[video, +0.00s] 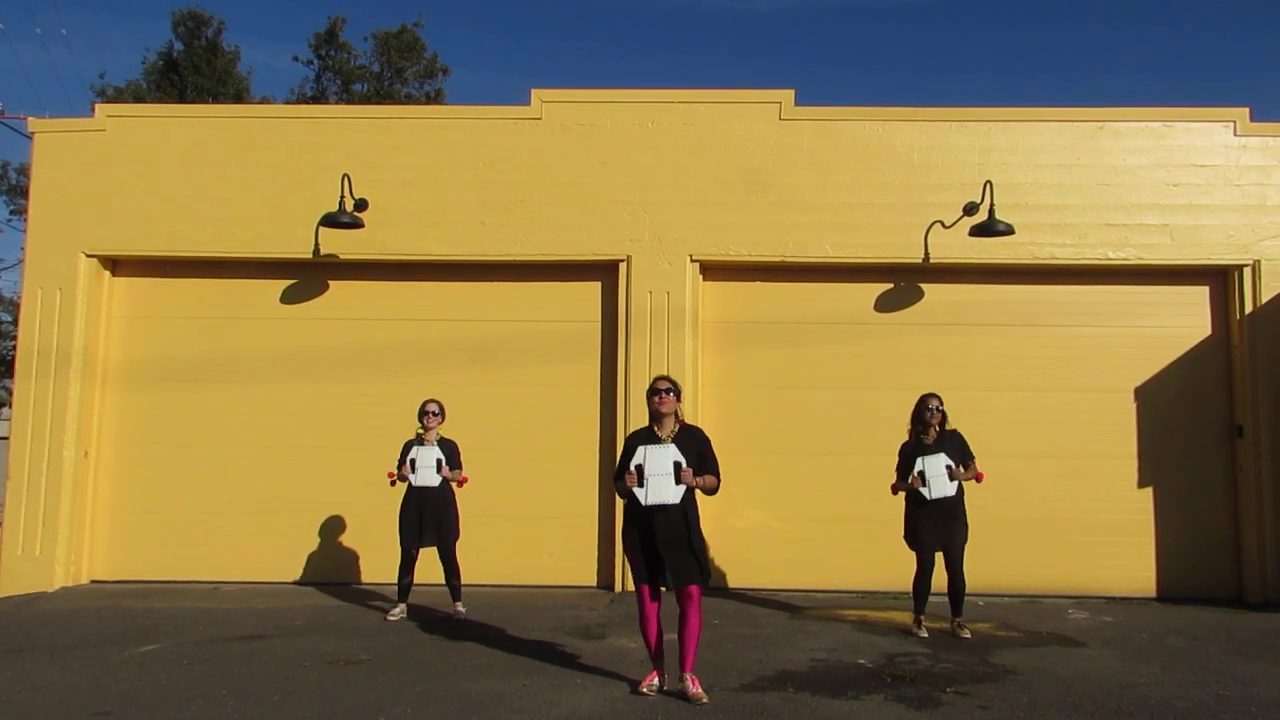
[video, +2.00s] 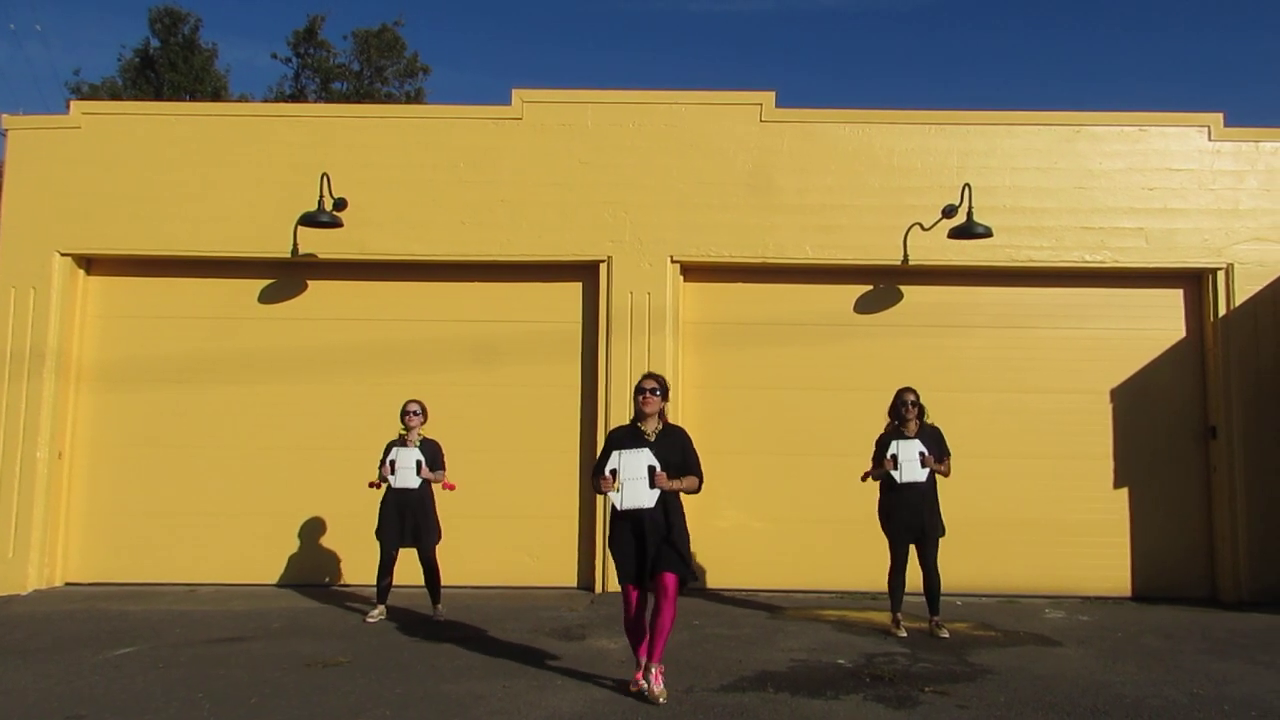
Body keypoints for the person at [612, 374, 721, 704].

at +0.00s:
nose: (661, 397)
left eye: (667, 393)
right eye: (655, 393)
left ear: (678, 400)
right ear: (648, 400)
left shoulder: (695, 437)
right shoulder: (636, 440)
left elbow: (713, 483)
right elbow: (619, 485)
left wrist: (695, 480)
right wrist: (626, 483)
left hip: (682, 530)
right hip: (641, 532)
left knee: (691, 598)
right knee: (648, 600)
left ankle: (687, 675)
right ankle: (657, 672)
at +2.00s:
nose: (647, 397)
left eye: (654, 392)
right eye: (642, 392)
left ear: (664, 399)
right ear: (634, 398)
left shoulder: (677, 436)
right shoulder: (618, 436)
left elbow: (695, 481)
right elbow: (598, 474)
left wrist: (672, 483)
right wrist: (602, 483)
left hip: (667, 528)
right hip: (628, 530)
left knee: (667, 591)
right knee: (633, 603)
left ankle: (655, 668)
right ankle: (641, 666)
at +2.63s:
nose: (643, 390)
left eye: (650, 386)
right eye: (638, 386)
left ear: (660, 397)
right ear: (631, 395)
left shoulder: (675, 433)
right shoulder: (620, 429)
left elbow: (692, 478)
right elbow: (606, 470)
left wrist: (702, 502)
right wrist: (643, 493)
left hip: (668, 528)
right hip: (632, 528)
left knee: (661, 598)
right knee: (637, 599)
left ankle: (659, 674)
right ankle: (643, 670)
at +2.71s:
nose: (642, 391)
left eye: (648, 387)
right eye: (637, 387)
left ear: (658, 395)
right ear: (630, 396)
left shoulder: (673, 434)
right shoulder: (620, 427)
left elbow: (691, 472)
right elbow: (627, 459)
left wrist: (721, 481)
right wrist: (672, 465)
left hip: (667, 525)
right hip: (631, 524)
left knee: (660, 598)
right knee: (637, 599)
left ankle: (658, 674)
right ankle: (642, 669)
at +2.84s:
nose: (641, 394)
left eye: (647, 390)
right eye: (635, 390)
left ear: (657, 398)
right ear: (629, 398)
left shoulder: (671, 436)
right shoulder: (620, 425)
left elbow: (707, 464)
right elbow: (644, 432)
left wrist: (739, 449)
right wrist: (692, 427)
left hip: (668, 526)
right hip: (632, 525)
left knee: (662, 600)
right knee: (638, 600)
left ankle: (659, 675)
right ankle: (643, 670)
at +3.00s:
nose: (643, 392)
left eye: (649, 388)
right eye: (637, 388)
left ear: (660, 394)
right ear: (629, 396)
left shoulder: (675, 431)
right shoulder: (623, 426)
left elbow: (718, 435)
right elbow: (645, 403)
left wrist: (739, 399)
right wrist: (686, 380)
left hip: (667, 525)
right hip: (630, 525)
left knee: (662, 601)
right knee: (636, 606)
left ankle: (654, 673)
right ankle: (646, 663)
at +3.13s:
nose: (657, 411)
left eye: (663, 406)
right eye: (652, 405)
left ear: (671, 411)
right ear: (641, 409)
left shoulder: (681, 440)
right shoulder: (632, 436)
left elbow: (703, 410)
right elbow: (629, 402)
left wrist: (699, 363)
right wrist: (640, 357)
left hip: (666, 530)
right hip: (630, 529)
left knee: (659, 603)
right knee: (638, 604)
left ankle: (656, 678)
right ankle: (644, 672)